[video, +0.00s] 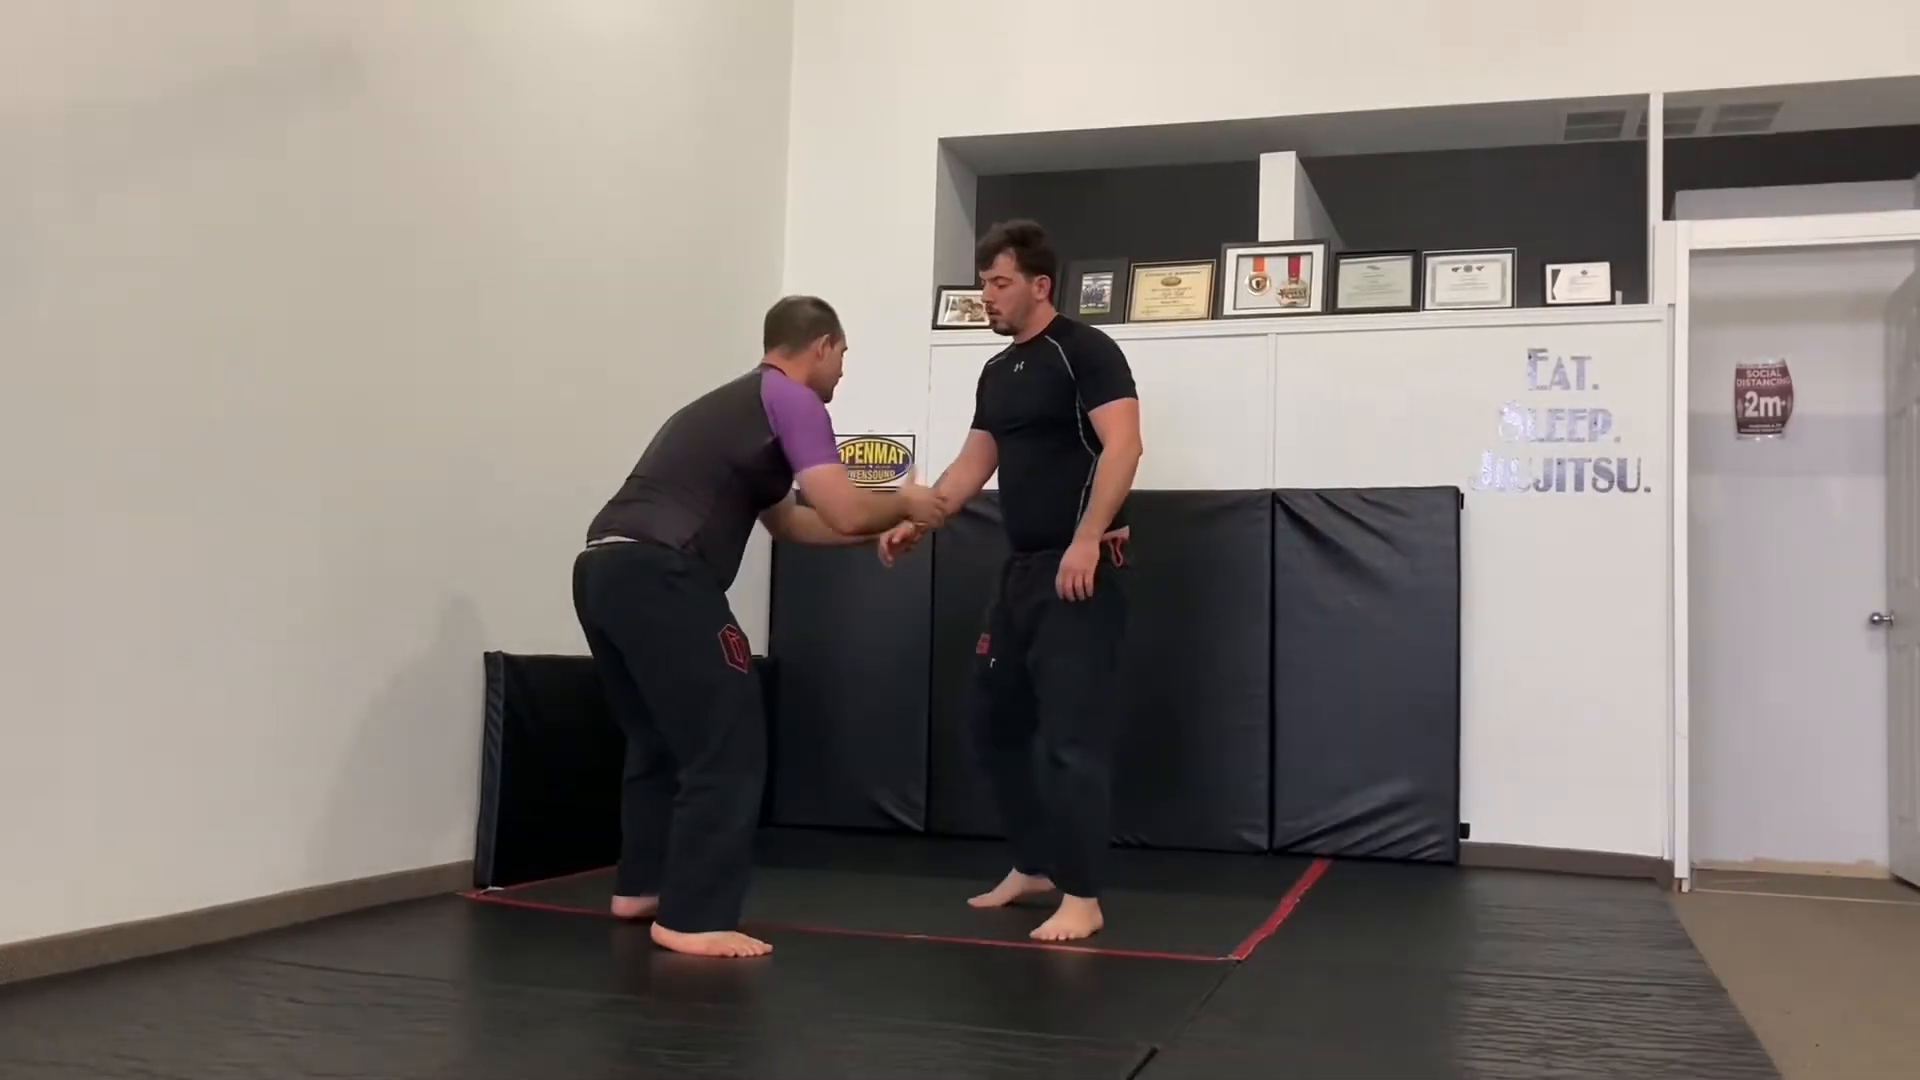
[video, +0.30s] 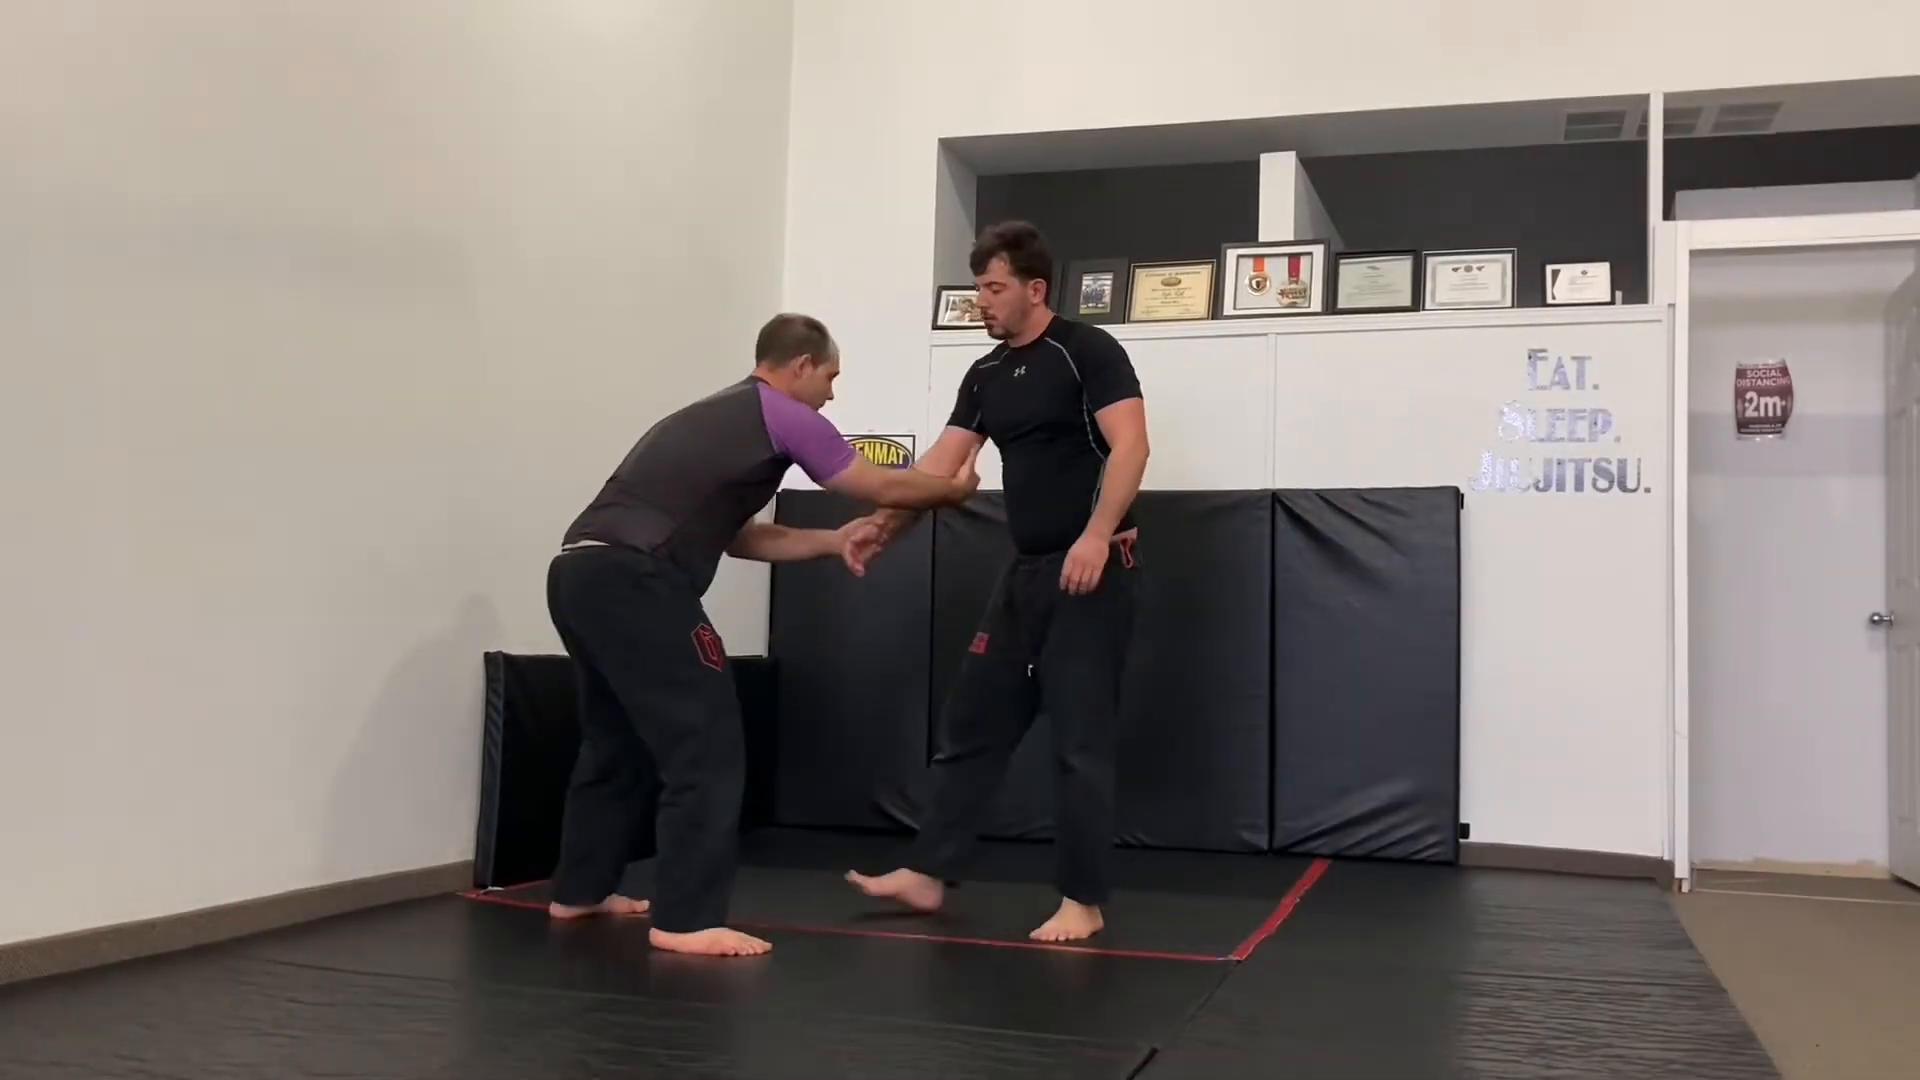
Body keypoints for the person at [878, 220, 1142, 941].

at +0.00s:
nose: (988, 296)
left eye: (1000, 283)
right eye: (984, 284)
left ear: (1041, 284)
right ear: (989, 289)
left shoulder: (1088, 352)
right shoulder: (998, 371)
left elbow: (1124, 446)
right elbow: (975, 460)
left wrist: (1088, 538)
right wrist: (919, 520)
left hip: (1082, 565)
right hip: (1023, 568)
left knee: (1071, 728)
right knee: (998, 716)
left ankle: (1081, 898)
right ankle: (1033, 867)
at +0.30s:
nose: (981, 300)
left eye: (994, 288)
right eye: (978, 289)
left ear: (1037, 288)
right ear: (984, 292)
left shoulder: (1089, 350)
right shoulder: (985, 375)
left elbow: (1131, 447)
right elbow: (942, 465)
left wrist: (1098, 535)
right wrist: (884, 522)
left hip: (1093, 568)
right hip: (1027, 570)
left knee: (1080, 736)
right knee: (975, 717)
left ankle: (1084, 903)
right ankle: (927, 874)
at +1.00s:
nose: (903, 352)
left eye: (914, 338)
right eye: (895, 340)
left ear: (955, 331)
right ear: (893, 341)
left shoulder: (1026, 372)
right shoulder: (910, 429)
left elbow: (1106, 445)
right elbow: (919, 530)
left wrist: (1104, 538)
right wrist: (913, 616)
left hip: (1059, 580)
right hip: (971, 589)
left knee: (1077, 738)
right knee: (933, 733)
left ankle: (1087, 901)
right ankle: (907, 886)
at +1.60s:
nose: (928, 355)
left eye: (936, 338)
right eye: (921, 344)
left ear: (976, 326)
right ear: (928, 343)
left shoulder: (1042, 359)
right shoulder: (973, 421)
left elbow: (1097, 437)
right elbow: (1002, 503)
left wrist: (1043, 525)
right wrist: (984, 569)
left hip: (1091, 570)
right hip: (1022, 578)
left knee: (1071, 733)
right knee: (925, 671)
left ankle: (1082, 907)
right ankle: (851, 811)